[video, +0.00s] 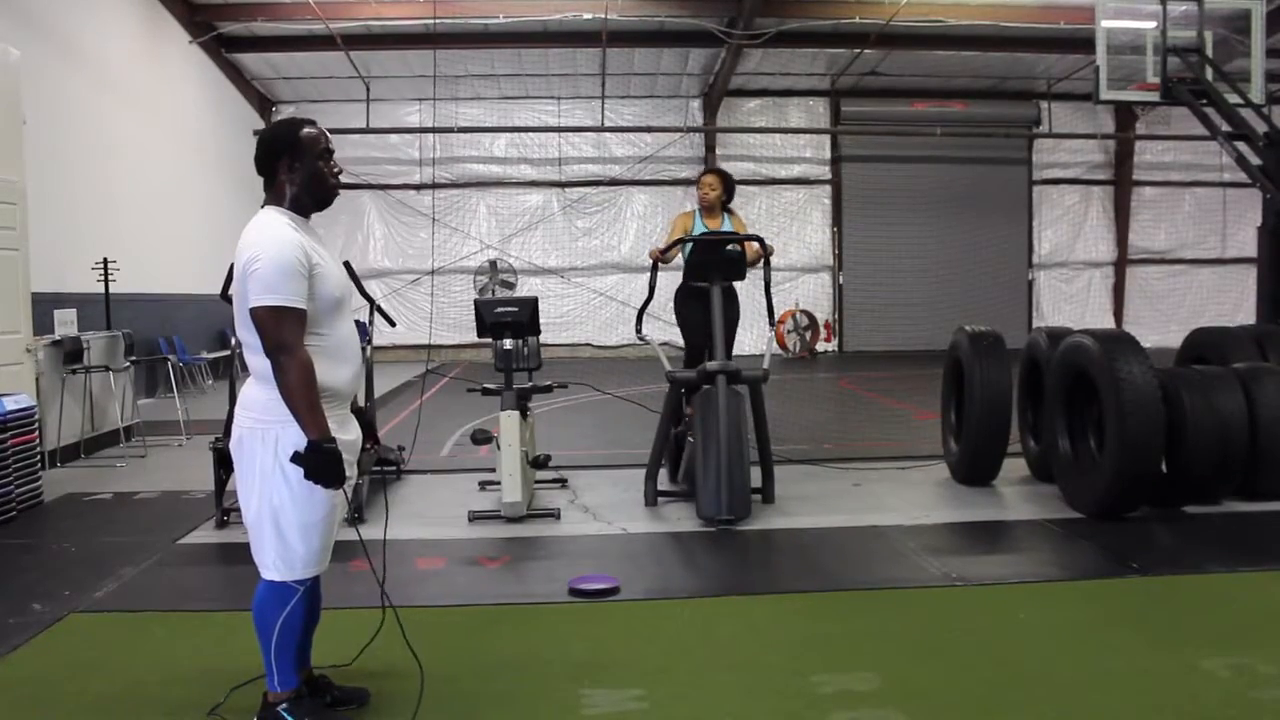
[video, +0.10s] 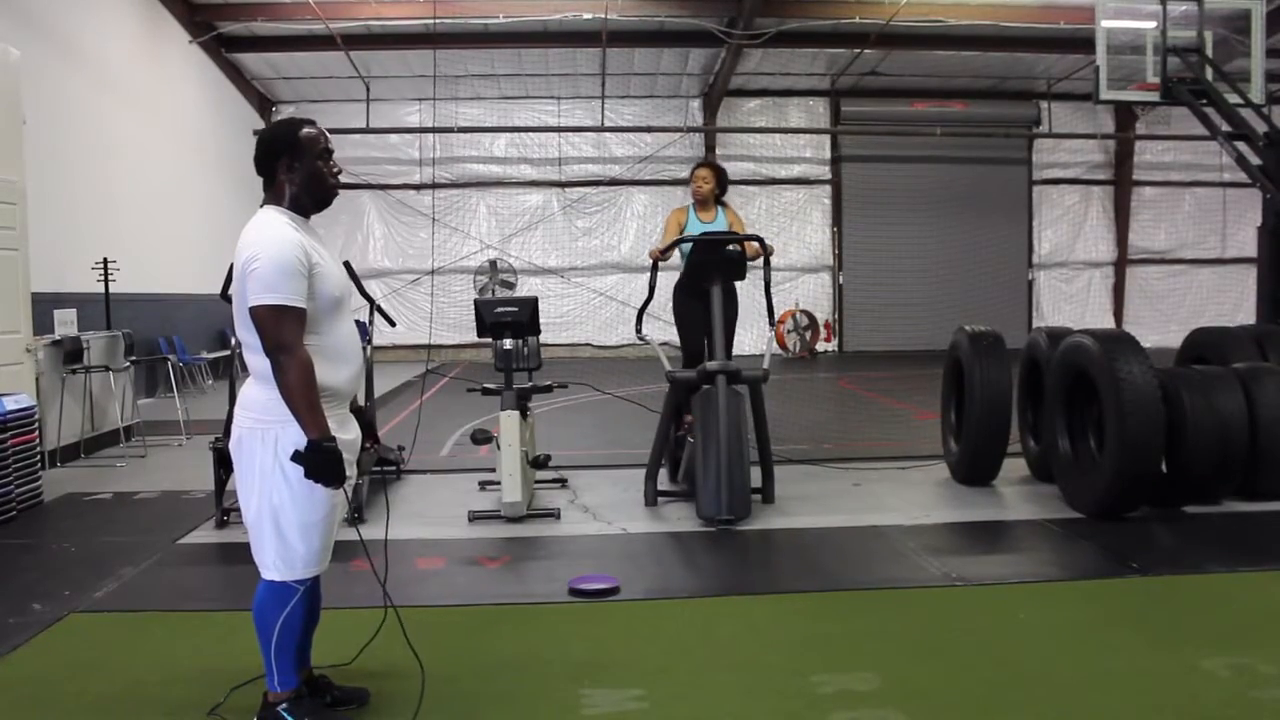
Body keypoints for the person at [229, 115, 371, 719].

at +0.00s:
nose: (337, 168)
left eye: (334, 157)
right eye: (324, 158)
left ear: (296, 170)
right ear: (289, 169)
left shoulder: (298, 237)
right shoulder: (273, 241)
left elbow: (320, 342)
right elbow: (283, 350)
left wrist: (355, 413)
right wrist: (319, 438)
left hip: (307, 428)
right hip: (283, 431)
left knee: (305, 565)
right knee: (287, 571)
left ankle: (299, 679)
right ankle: (281, 698)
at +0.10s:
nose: (336, 167)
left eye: (333, 157)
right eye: (323, 158)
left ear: (296, 170)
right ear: (288, 169)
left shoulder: (298, 237)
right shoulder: (273, 240)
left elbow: (321, 342)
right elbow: (283, 350)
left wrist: (357, 412)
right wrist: (319, 437)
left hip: (306, 428)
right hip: (283, 431)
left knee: (304, 565)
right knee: (288, 571)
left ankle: (299, 679)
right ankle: (281, 697)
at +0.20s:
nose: (336, 167)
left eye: (332, 156)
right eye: (322, 157)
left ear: (294, 170)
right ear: (287, 169)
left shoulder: (298, 236)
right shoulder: (273, 239)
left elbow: (319, 341)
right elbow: (283, 349)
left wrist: (354, 410)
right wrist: (319, 436)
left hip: (305, 427)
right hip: (282, 430)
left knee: (304, 565)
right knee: (287, 570)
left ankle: (299, 679)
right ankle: (281, 697)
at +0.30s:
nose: (335, 166)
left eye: (332, 156)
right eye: (322, 157)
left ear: (294, 170)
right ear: (287, 168)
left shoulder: (299, 235)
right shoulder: (273, 238)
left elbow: (320, 338)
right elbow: (283, 348)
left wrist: (354, 408)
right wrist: (320, 435)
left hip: (307, 425)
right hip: (281, 428)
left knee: (303, 564)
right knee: (286, 569)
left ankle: (298, 679)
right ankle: (281, 697)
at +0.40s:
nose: (335, 166)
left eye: (331, 155)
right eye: (322, 156)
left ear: (292, 169)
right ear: (286, 168)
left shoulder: (299, 235)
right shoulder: (273, 238)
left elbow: (319, 338)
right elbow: (284, 347)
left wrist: (354, 406)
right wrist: (320, 434)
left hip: (306, 426)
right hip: (280, 430)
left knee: (303, 565)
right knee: (285, 570)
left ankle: (298, 679)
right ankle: (281, 698)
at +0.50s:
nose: (335, 166)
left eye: (331, 155)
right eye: (321, 156)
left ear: (292, 170)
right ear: (287, 168)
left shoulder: (298, 235)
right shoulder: (273, 237)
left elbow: (317, 338)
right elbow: (284, 345)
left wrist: (354, 406)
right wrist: (321, 433)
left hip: (304, 427)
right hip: (278, 430)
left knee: (302, 564)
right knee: (284, 570)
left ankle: (298, 678)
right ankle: (280, 698)